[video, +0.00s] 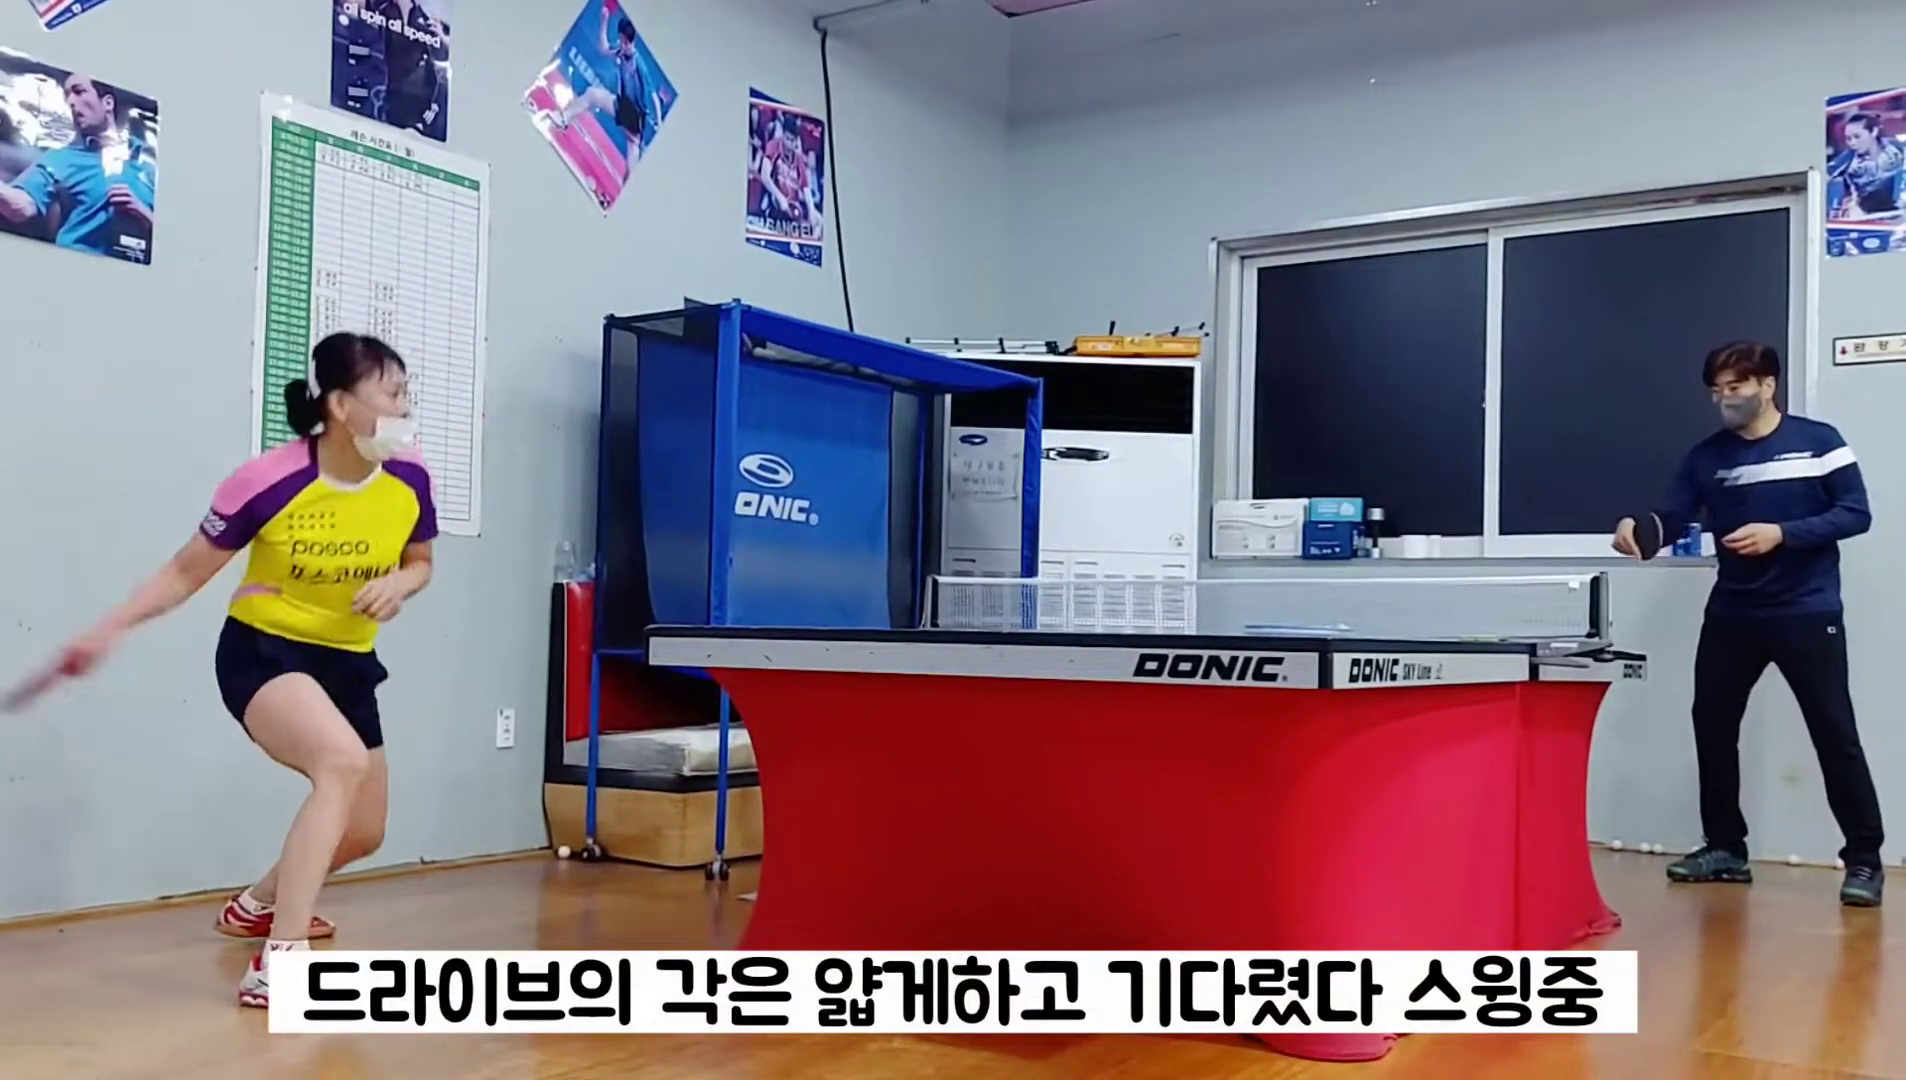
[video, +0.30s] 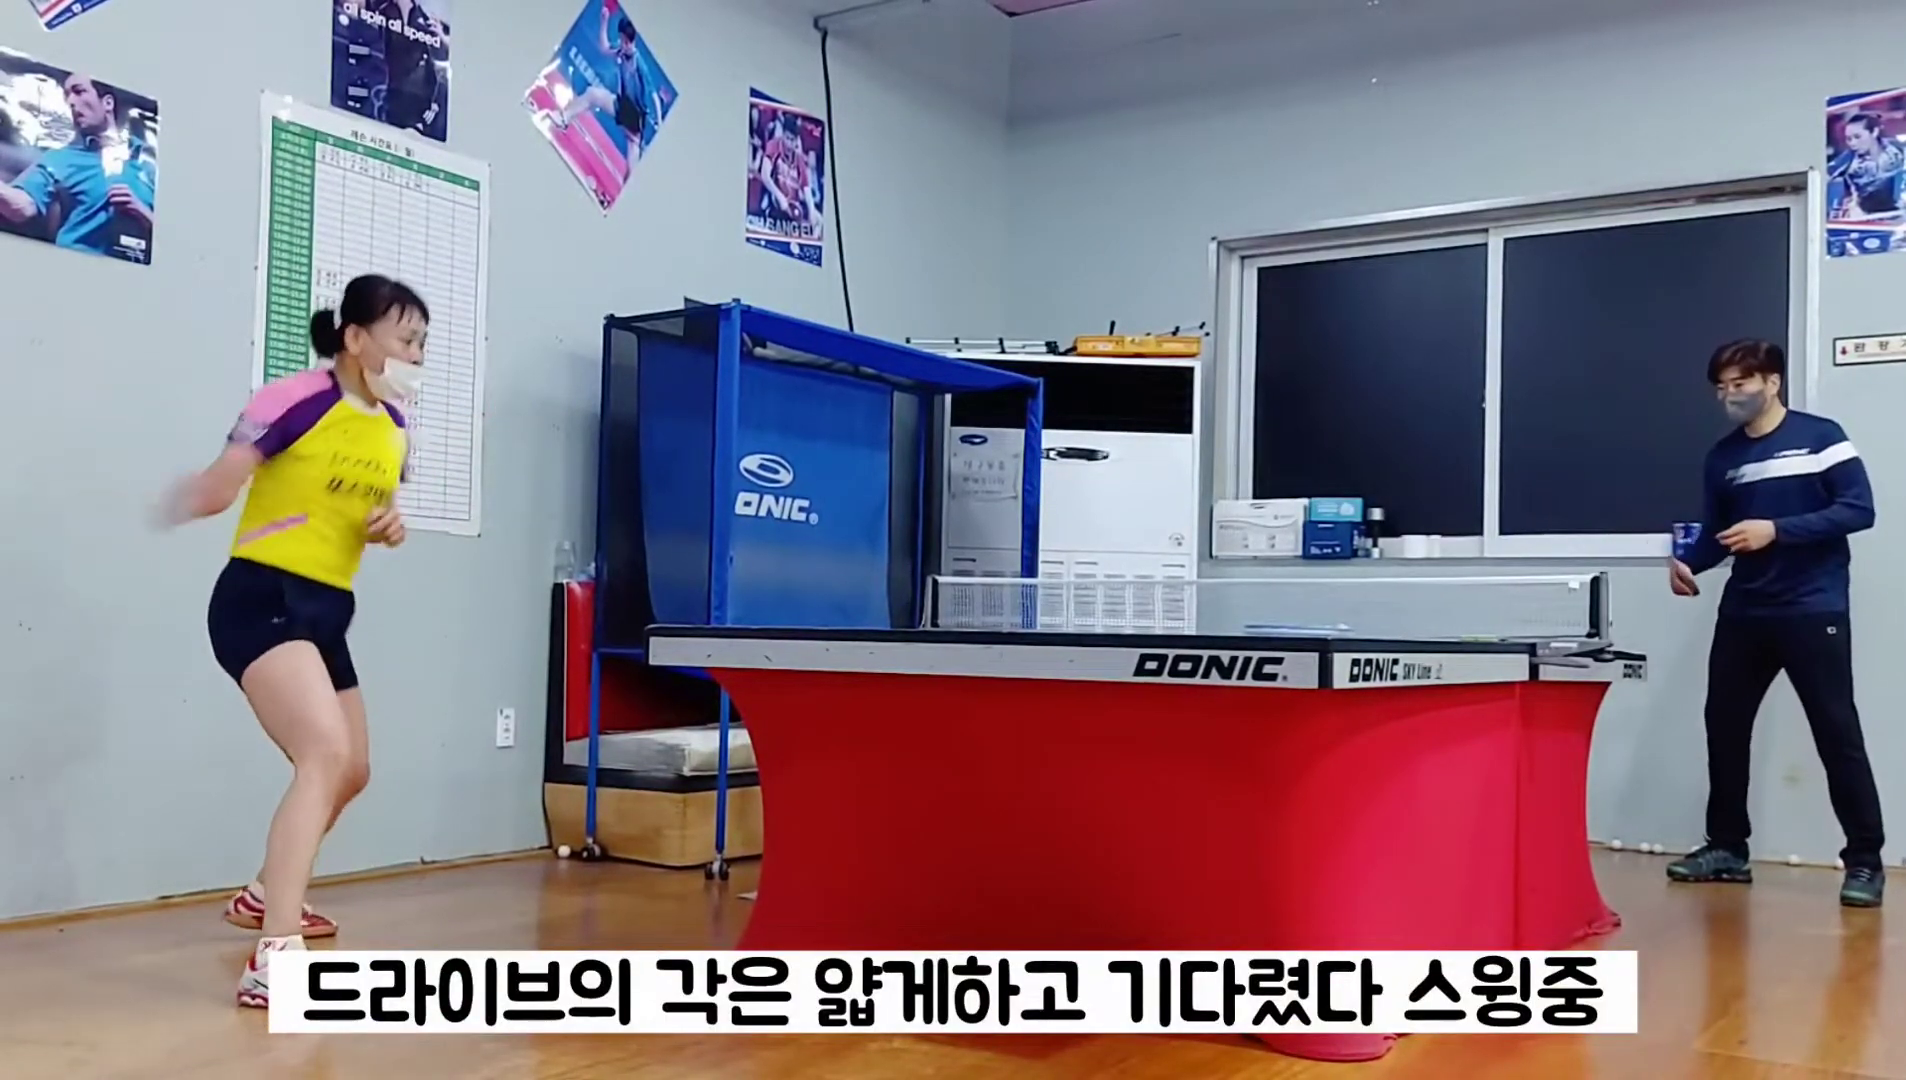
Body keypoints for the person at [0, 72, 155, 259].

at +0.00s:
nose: (70, 101)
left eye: (79, 91)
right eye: (67, 96)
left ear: (108, 103)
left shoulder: (149, 161)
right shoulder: (59, 159)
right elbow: (19, 207)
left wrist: (143, 213)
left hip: (134, 270)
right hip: (75, 260)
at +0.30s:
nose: (70, 101)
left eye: (79, 91)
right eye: (67, 96)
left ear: (108, 103)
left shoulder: (149, 162)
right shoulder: (60, 159)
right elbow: (20, 207)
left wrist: (143, 213)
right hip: (74, 261)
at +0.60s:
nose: (70, 101)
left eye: (79, 91)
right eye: (67, 96)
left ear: (108, 103)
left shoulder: (149, 163)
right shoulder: (60, 159)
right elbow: (20, 207)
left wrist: (143, 213)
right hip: (74, 262)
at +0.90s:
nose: (71, 101)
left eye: (79, 91)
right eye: (67, 96)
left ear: (108, 103)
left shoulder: (149, 164)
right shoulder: (59, 159)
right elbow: (20, 207)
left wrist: (142, 212)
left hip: (134, 270)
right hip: (74, 261)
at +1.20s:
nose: (71, 101)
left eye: (80, 91)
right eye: (67, 96)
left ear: (108, 103)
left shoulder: (149, 164)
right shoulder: (59, 159)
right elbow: (19, 207)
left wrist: (142, 212)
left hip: (134, 270)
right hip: (74, 261)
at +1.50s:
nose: (71, 101)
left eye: (79, 91)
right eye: (67, 96)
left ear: (108, 103)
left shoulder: (149, 165)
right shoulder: (60, 159)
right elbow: (20, 207)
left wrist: (142, 212)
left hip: (134, 270)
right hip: (74, 261)